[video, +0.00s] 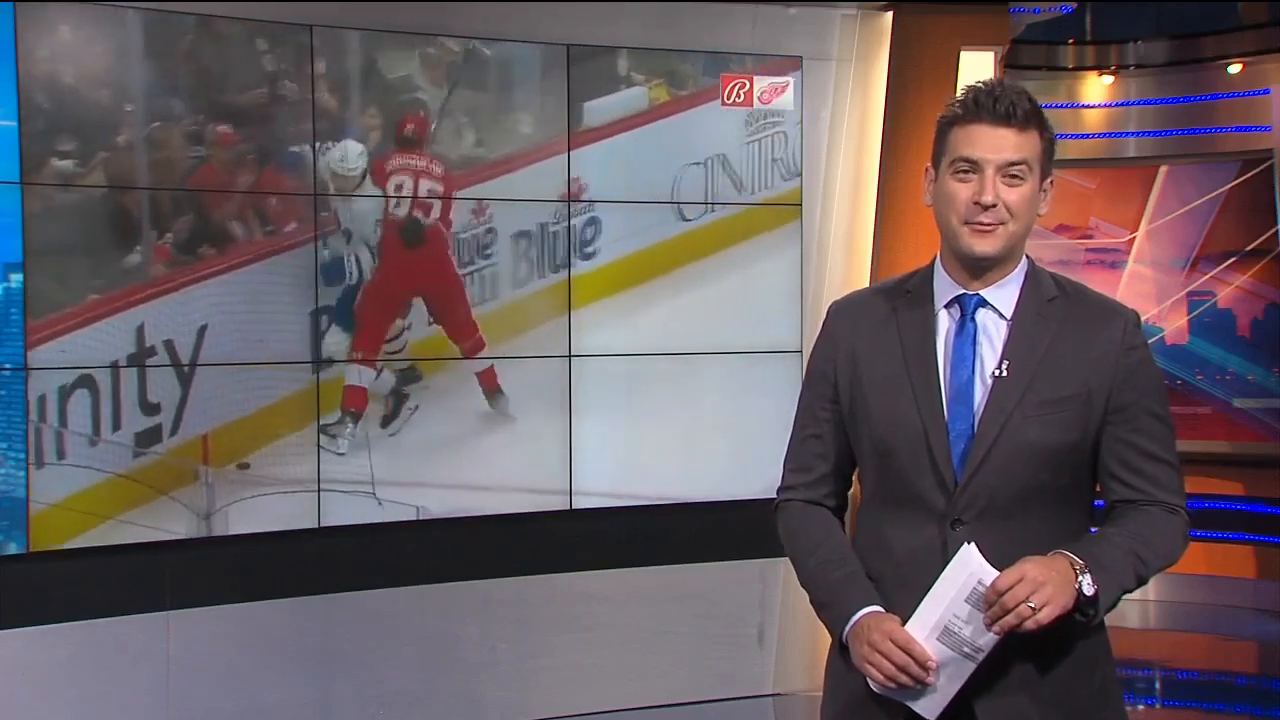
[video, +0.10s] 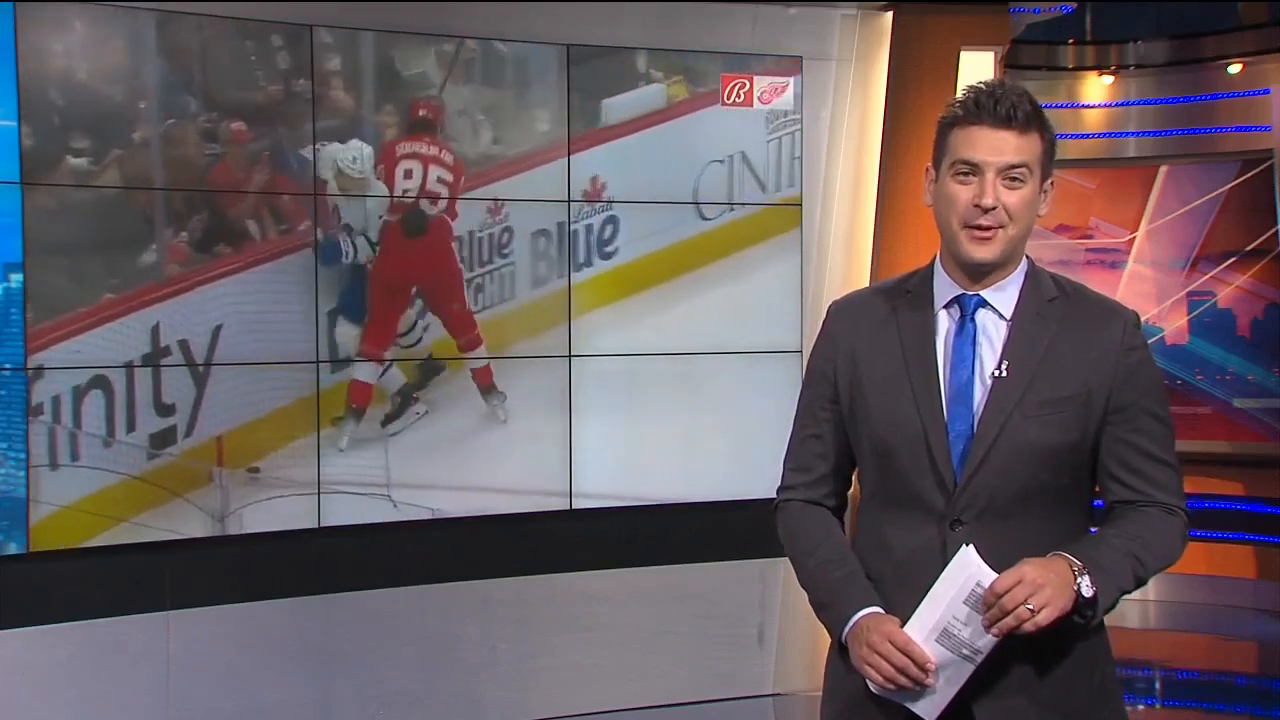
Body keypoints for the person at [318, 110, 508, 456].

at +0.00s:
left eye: (403, 129)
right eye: (421, 129)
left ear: (396, 134)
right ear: (428, 135)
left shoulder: (387, 164)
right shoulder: (442, 172)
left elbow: (375, 179)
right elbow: (446, 222)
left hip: (395, 264)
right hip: (436, 262)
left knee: (368, 331)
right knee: (463, 328)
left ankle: (350, 419)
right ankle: (495, 395)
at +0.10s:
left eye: (408, 117)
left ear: (407, 120)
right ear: (438, 124)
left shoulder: (391, 150)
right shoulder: (453, 160)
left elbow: (379, 193)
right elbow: (451, 212)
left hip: (394, 247)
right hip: (436, 248)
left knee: (379, 327)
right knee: (460, 318)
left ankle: (354, 412)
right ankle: (490, 392)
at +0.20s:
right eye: (448, 115)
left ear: (419, 112)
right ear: (450, 117)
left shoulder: (394, 142)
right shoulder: (460, 152)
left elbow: (387, 182)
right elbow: (456, 198)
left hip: (404, 237)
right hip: (445, 237)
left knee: (386, 321)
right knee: (465, 315)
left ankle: (361, 406)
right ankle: (488, 393)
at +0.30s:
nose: (463, 118)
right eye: (462, 112)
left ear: (428, 106)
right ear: (457, 112)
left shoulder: (400, 134)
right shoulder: (465, 143)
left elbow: (389, 176)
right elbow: (465, 190)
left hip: (410, 238)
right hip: (454, 239)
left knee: (390, 318)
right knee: (475, 313)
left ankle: (369, 404)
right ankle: (496, 392)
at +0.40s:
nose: (469, 111)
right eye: (468, 105)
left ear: (434, 98)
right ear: (464, 105)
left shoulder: (407, 127)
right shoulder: (475, 137)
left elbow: (401, 182)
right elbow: (475, 188)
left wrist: (434, 185)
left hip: (420, 233)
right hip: (466, 233)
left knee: (405, 314)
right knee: (486, 310)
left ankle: (380, 407)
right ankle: (511, 394)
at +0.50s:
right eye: (473, 91)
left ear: (444, 92)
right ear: (474, 95)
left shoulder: (423, 122)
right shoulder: (488, 126)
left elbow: (417, 177)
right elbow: (498, 179)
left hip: (445, 229)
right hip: (490, 227)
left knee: (427, 312)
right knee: (507, 305)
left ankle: (408, 405)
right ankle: (536, 392)